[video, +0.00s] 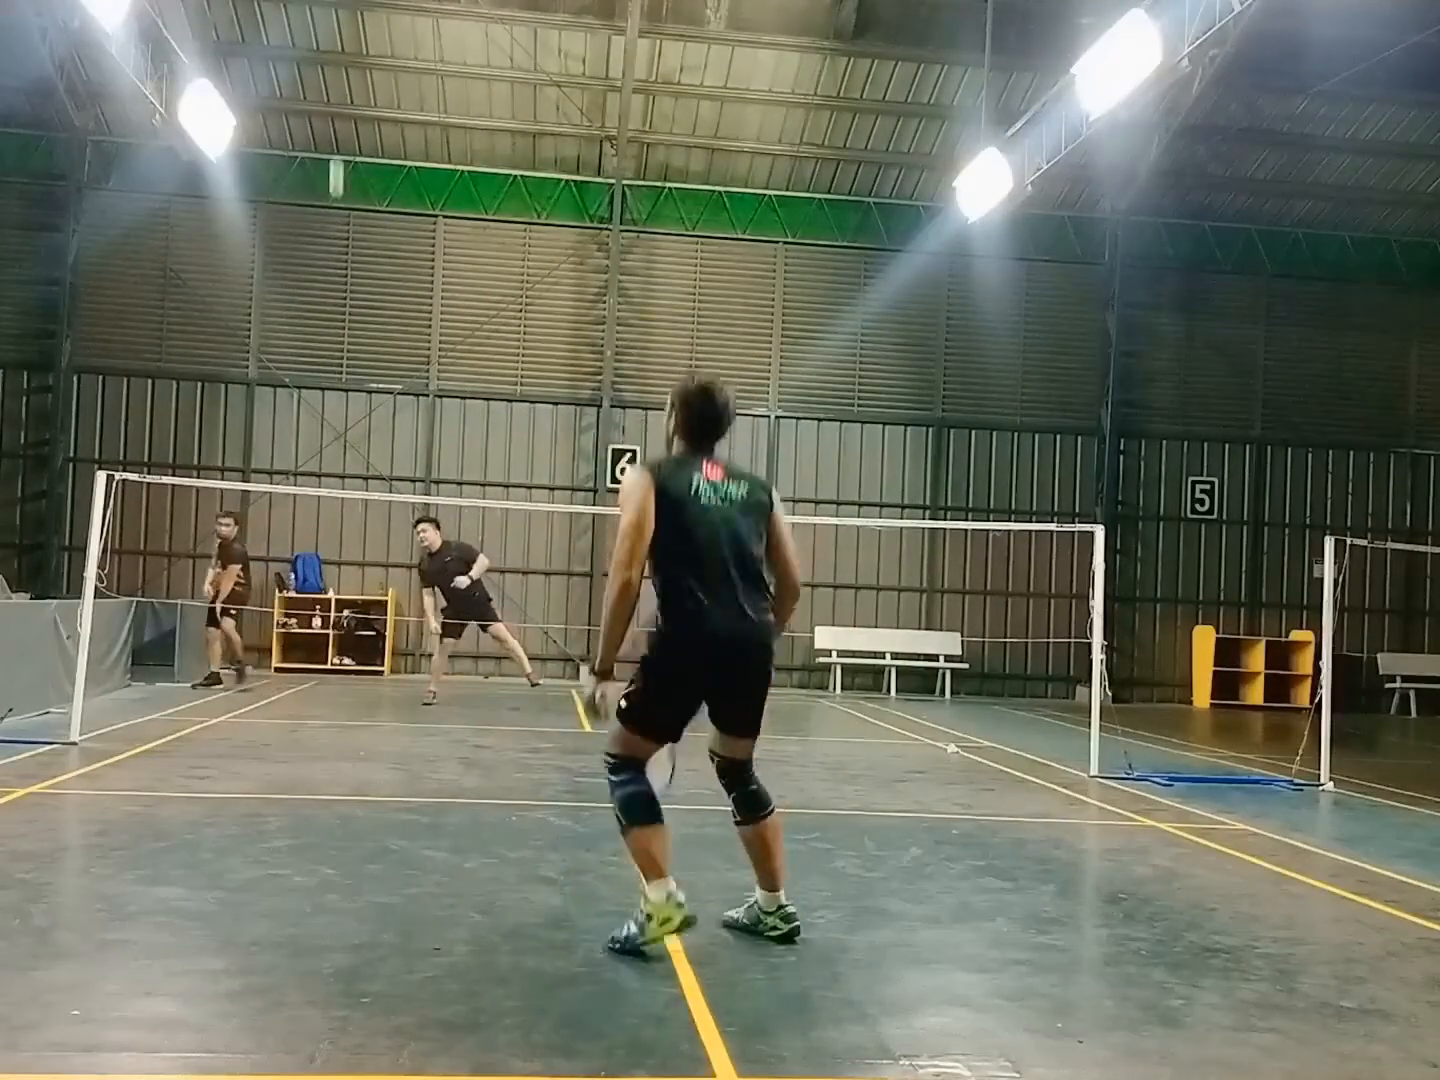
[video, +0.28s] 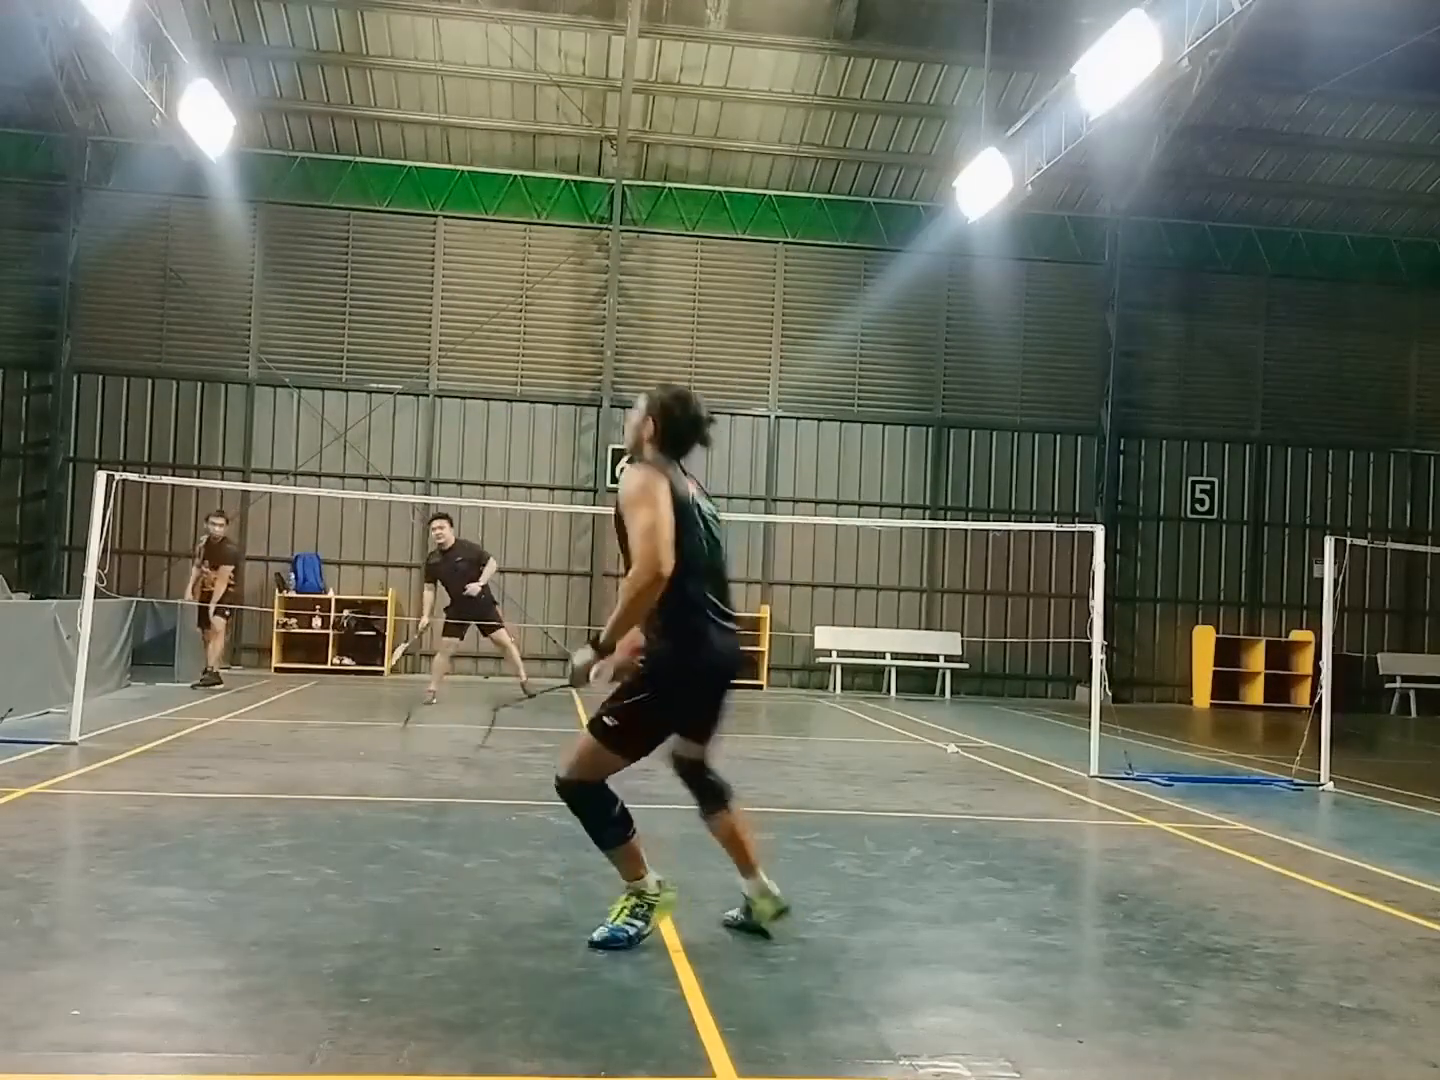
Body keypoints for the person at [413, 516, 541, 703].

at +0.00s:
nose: (421, 536)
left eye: (424, 531)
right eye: (418, 533)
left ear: (437, 532)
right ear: (417, 538)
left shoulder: (458, 548)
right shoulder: (425, 566)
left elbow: (483, 561)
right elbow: (428, 594)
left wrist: (469, 577)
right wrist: (431, 620)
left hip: (478, 603)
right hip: (455, 608)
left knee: (503, 635)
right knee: (444, 646)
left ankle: (529, 672)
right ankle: (431, 689)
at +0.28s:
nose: (437, 532)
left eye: (441, 528)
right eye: (434, 529)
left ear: (451, 529)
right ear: (431, 534)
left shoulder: (468, 548)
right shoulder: (432, 561)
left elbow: (491, 563)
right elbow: (429, 588)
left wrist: (479, 583)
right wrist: (425, 615)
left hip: (482, 605)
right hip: (457, 608)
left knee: (504, 641)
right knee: (445, 649)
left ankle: (524, 680)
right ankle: (432, 690)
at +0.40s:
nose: (458, 531)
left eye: (462, 527)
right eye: (453, 527)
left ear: (471, 530)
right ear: (449, 531)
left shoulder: (486, 551)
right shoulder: (447, 558)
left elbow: (504, 570)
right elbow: (440, 585)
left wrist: (491, 586)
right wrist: (434, 612)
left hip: (487, 606)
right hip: (463, 607)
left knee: (503, 648)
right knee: (450, 647)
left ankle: (509, 688)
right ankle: (432, 689)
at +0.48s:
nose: (472, 535)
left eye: (475, 530)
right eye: (467, 530)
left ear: (483, 532)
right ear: (461, 534)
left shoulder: (494, 553)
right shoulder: (458, 561)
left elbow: (513, 574)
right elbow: (447, 585)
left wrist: (500, 587)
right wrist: (440, 612)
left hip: (494, 612)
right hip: (469, 612)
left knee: (504, 654)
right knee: (453, 648)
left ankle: (503, 692)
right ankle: (432, 690)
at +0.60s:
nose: (490, 533)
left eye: (494, 529)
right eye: (486, 529)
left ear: (501, 532)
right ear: (480, 533)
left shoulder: (512, 557)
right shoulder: (472, 559)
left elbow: (522, 584)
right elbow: (460, 585)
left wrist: (512, 592)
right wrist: (451, 611)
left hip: (504, 614)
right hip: (479, 613)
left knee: (513, 652)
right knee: (461, 650)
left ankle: (504, 690)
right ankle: (436, 689)